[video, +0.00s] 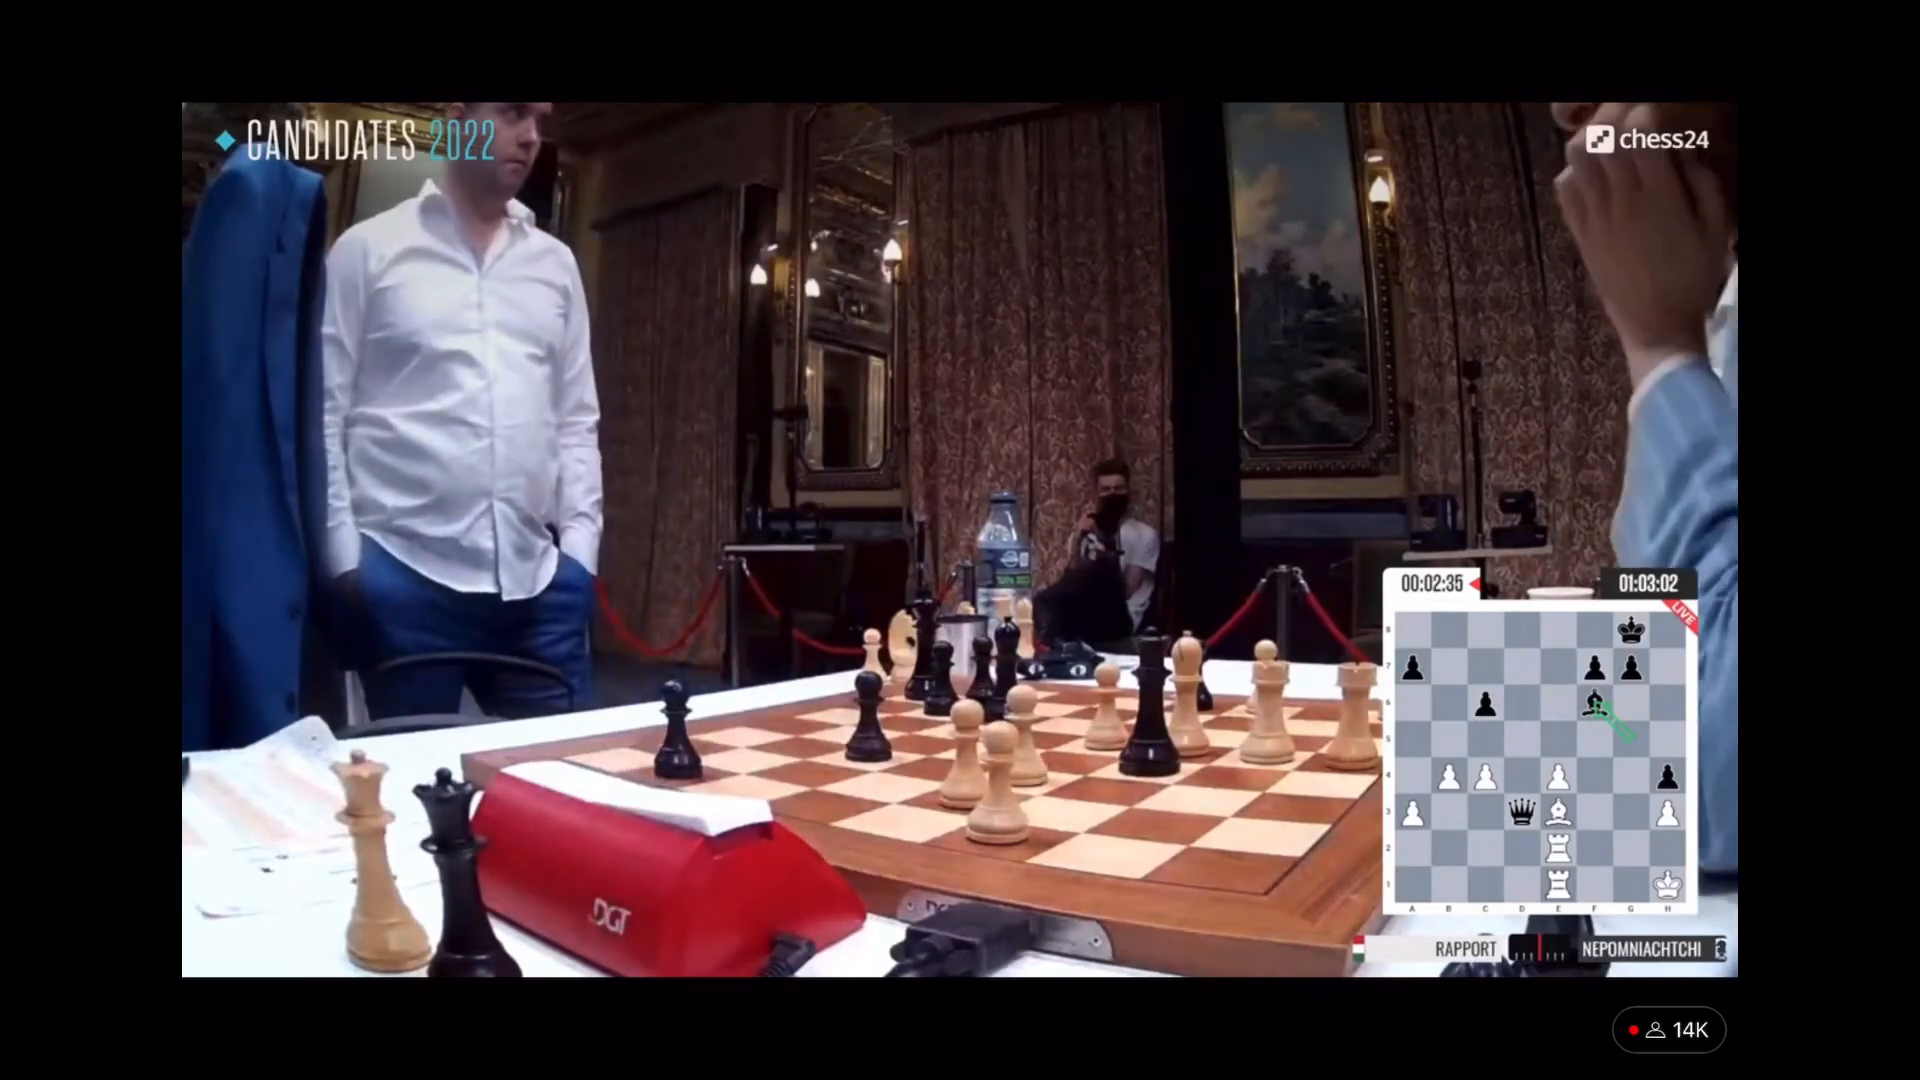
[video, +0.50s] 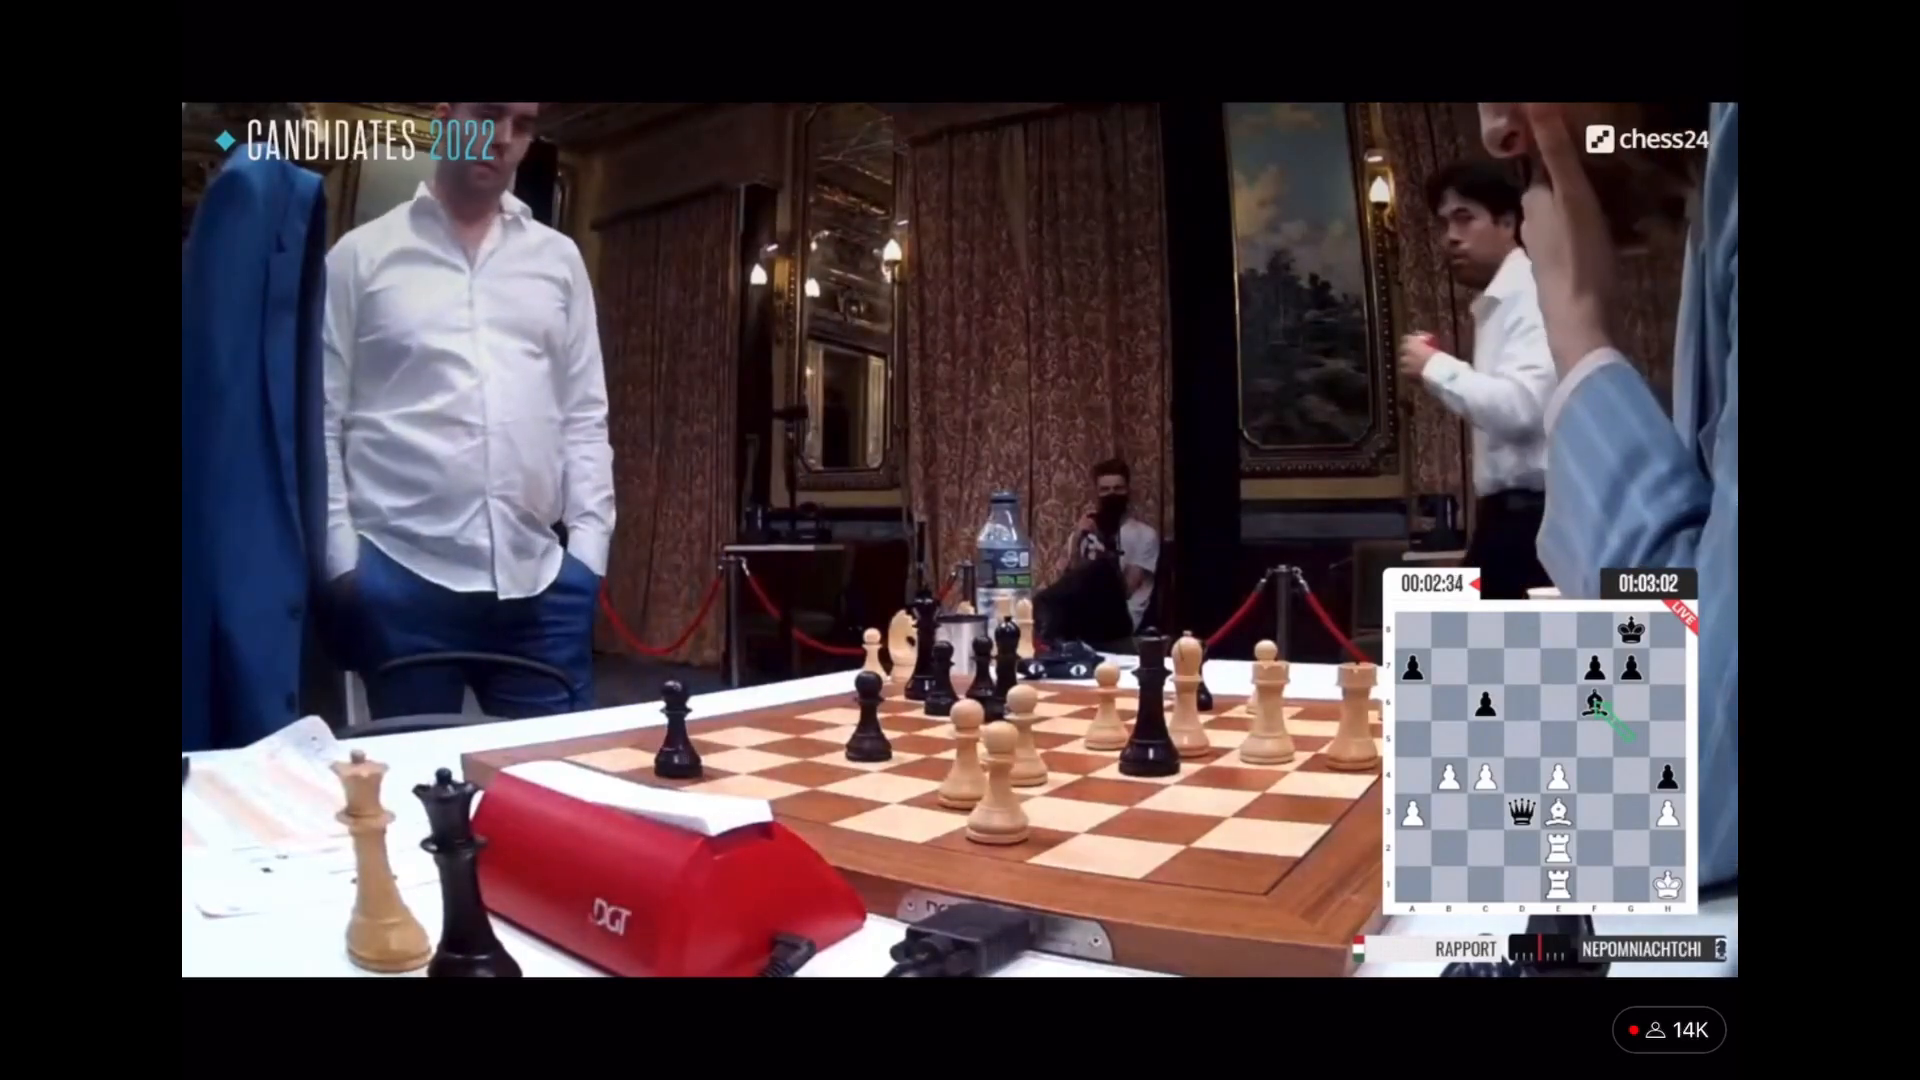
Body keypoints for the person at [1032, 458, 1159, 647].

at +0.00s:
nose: (1112, 495)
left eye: (1119, 489)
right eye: (1105, 489)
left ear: (1128, 490)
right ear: (1096, 492)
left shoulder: (1144, 534)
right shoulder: (1089, 528)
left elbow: (1127, 590)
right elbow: (1073, 576)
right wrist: (1076, 536)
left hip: (1123, 619)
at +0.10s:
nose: (1112, 495)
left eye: (1119, 489)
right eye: (1105, 489)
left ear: (1128, 490)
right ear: (1096, 492)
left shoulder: (1144, 534)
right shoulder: (1089, 528)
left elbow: (1127, 589)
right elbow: (1072, 576)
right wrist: (1076, 536)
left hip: (1123, 619)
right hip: (1087, 609)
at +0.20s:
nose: (1112, 495)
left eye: (1119, 489)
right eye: (1105, 489)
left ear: (1128, 490)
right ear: (1096, 492)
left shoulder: (1144, 534)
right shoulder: (1089, 528)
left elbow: (1127, 589)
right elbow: (1072, 576)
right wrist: (1076, 536)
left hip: (1123, 619)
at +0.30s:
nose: (1112, 495)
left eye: (1119, 489)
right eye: (1105, 490)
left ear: (1128, 491)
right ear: (1096, 493)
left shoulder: (1145, 535)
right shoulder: (1087, 530)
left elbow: (1127, 589)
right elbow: (1069, 578)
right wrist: (1077, 535)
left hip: (1123, 621)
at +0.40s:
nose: (1112, 495)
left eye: (1118, 489)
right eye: (1105, 490)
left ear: (1127, 491)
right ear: (1096, 492)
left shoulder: (1145, 535)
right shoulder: (1086, 530)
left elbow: (1126, 589)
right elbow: (1069, 578)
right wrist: (1077, 535)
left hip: (1123, 622)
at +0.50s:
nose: (1112, 495)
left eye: (1118, 489)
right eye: (1104, 490)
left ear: (1127, 491)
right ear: (1096, 492)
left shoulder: (1145, 535)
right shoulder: (1086, 530)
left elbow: (1126, 589)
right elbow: (1069, 578)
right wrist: (1076, 535)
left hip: (1123, 621)